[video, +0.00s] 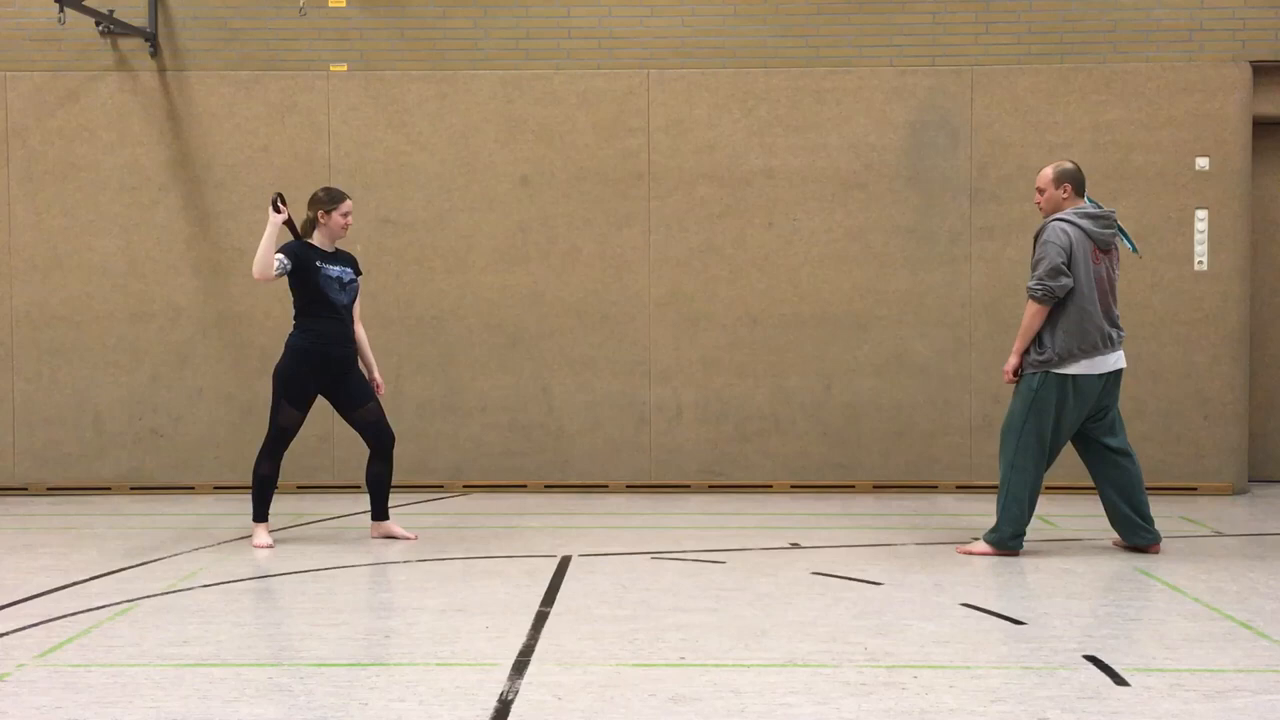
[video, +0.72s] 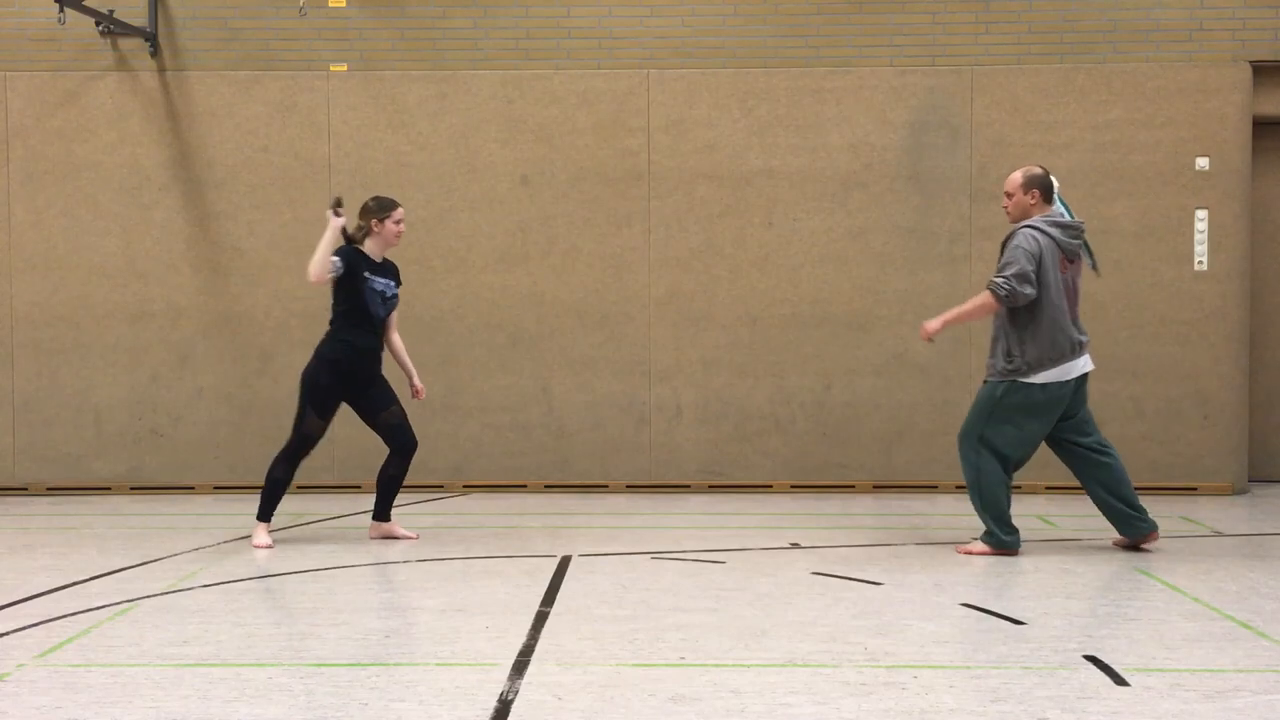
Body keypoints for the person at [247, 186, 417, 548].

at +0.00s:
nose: (350, 221)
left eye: (351, 215)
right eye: (344, 215)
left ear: (333, 216)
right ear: (323, 216)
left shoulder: (349, 263)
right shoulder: (299, 250)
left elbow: (354, 322)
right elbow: (262, 272)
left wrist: (372, 368)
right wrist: (274, 225)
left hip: (343, 366)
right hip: (302, 364)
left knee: (383, 439)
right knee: (276, 442)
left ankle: (381, 521)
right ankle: (260, 526)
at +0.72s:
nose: (402, 228)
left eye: (403, 222)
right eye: (397, 222)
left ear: (388, 226)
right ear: (376, 225)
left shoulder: (390, 271)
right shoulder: (350, 256)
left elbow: (390, 331)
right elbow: (315, 275)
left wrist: (412, 373)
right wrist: (333, 229)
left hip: (366, 375)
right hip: (330, 369)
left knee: (404, 443)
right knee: (301, 444)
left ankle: (381, 521)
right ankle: (262, 525)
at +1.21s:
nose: (500, 216)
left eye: (499, 210)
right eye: (495, 211)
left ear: (469, 218)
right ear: (476, 216)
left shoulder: (444, 256)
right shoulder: (484, 247)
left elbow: (437, 317)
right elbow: (540, 254)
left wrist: (451, 352)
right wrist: (558, 201)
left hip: (444, 360)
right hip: (477, 361)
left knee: (424, 442)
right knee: (525, 437)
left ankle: (388, 522)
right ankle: (562, 519)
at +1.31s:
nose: (527, 227)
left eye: (524, 221)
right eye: (520, 222)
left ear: (495, 231)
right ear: (502, 229)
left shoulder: (468, 269)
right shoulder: (513, 260)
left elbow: (460, 333)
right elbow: (576, 266)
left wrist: (465, 376)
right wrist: (603, 219)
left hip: (478, 375)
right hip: (515, 375)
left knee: (442, 450)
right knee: (567, 446)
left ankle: (393, 522)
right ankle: (599, 526)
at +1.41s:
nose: (554, 236)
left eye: (551, 229)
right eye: (548, 231)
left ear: (520, 239)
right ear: (529, 237)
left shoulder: (500, 279)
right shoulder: (543, 268)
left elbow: (483, 342)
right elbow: (605, 278)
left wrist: (484, 388)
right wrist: (639, 235)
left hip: (506, 385)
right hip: (544, 383)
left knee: (464, 457)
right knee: (599, 446)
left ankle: (408, 525)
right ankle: (603, 529)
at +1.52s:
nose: (574, 232)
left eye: (571, 226)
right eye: (567, 227)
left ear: (540, 235)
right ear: (548, 234)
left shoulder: (517, 273)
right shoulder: (561, 265)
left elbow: (498, 334)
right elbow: (621, 286)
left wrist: (492, 377)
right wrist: (653, 248)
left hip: (519, 380)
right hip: (558, 379)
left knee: (480, 455)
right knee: (607, 444)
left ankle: (428, 528)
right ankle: (604, 529)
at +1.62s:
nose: (586, 226)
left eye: (584, 219)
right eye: (581, 221)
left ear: (552, 229)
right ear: (561, 227)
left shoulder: (529, 264)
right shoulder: (572, 260)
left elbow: (503, 322)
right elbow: (626, 289)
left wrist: (495, 365)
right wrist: (659, 246)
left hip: (524, 371)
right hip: (564, 372)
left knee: (489, 450)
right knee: (606, 443)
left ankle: (442, 527)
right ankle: (603, 530)